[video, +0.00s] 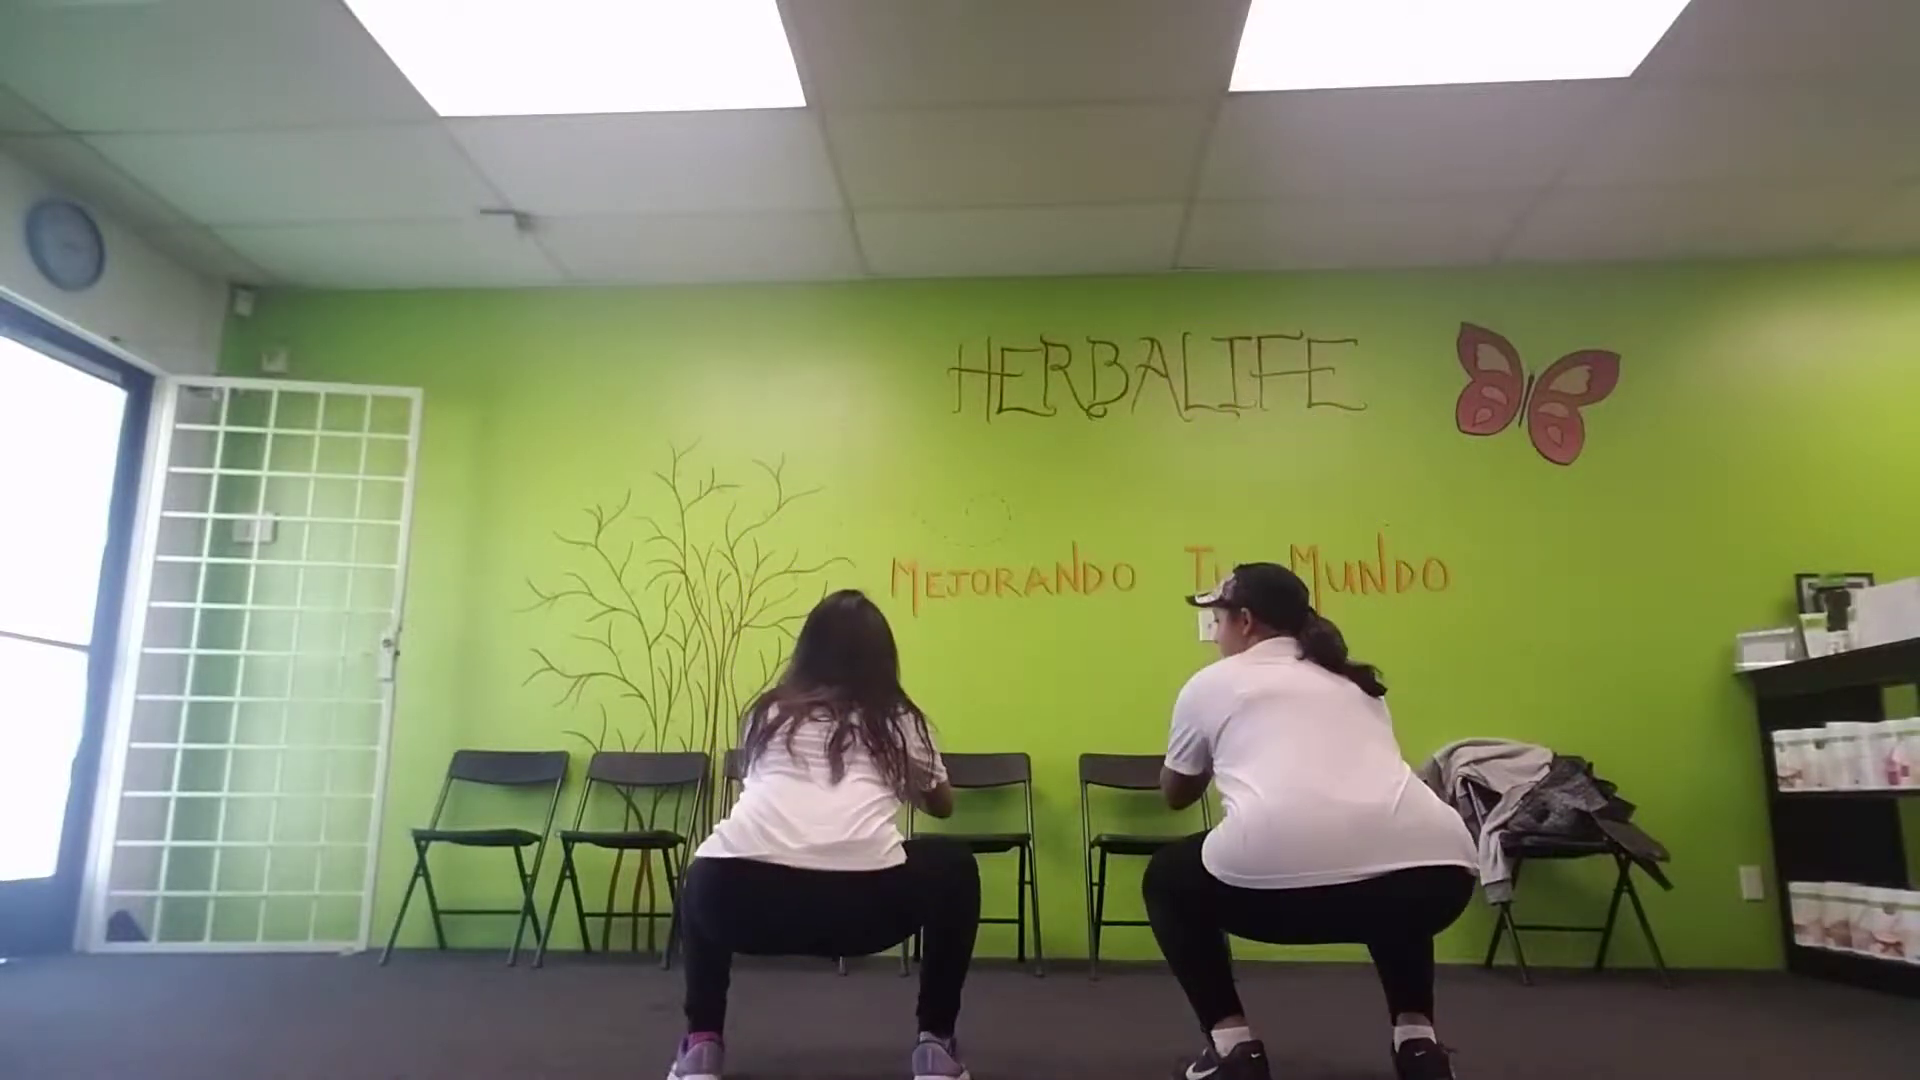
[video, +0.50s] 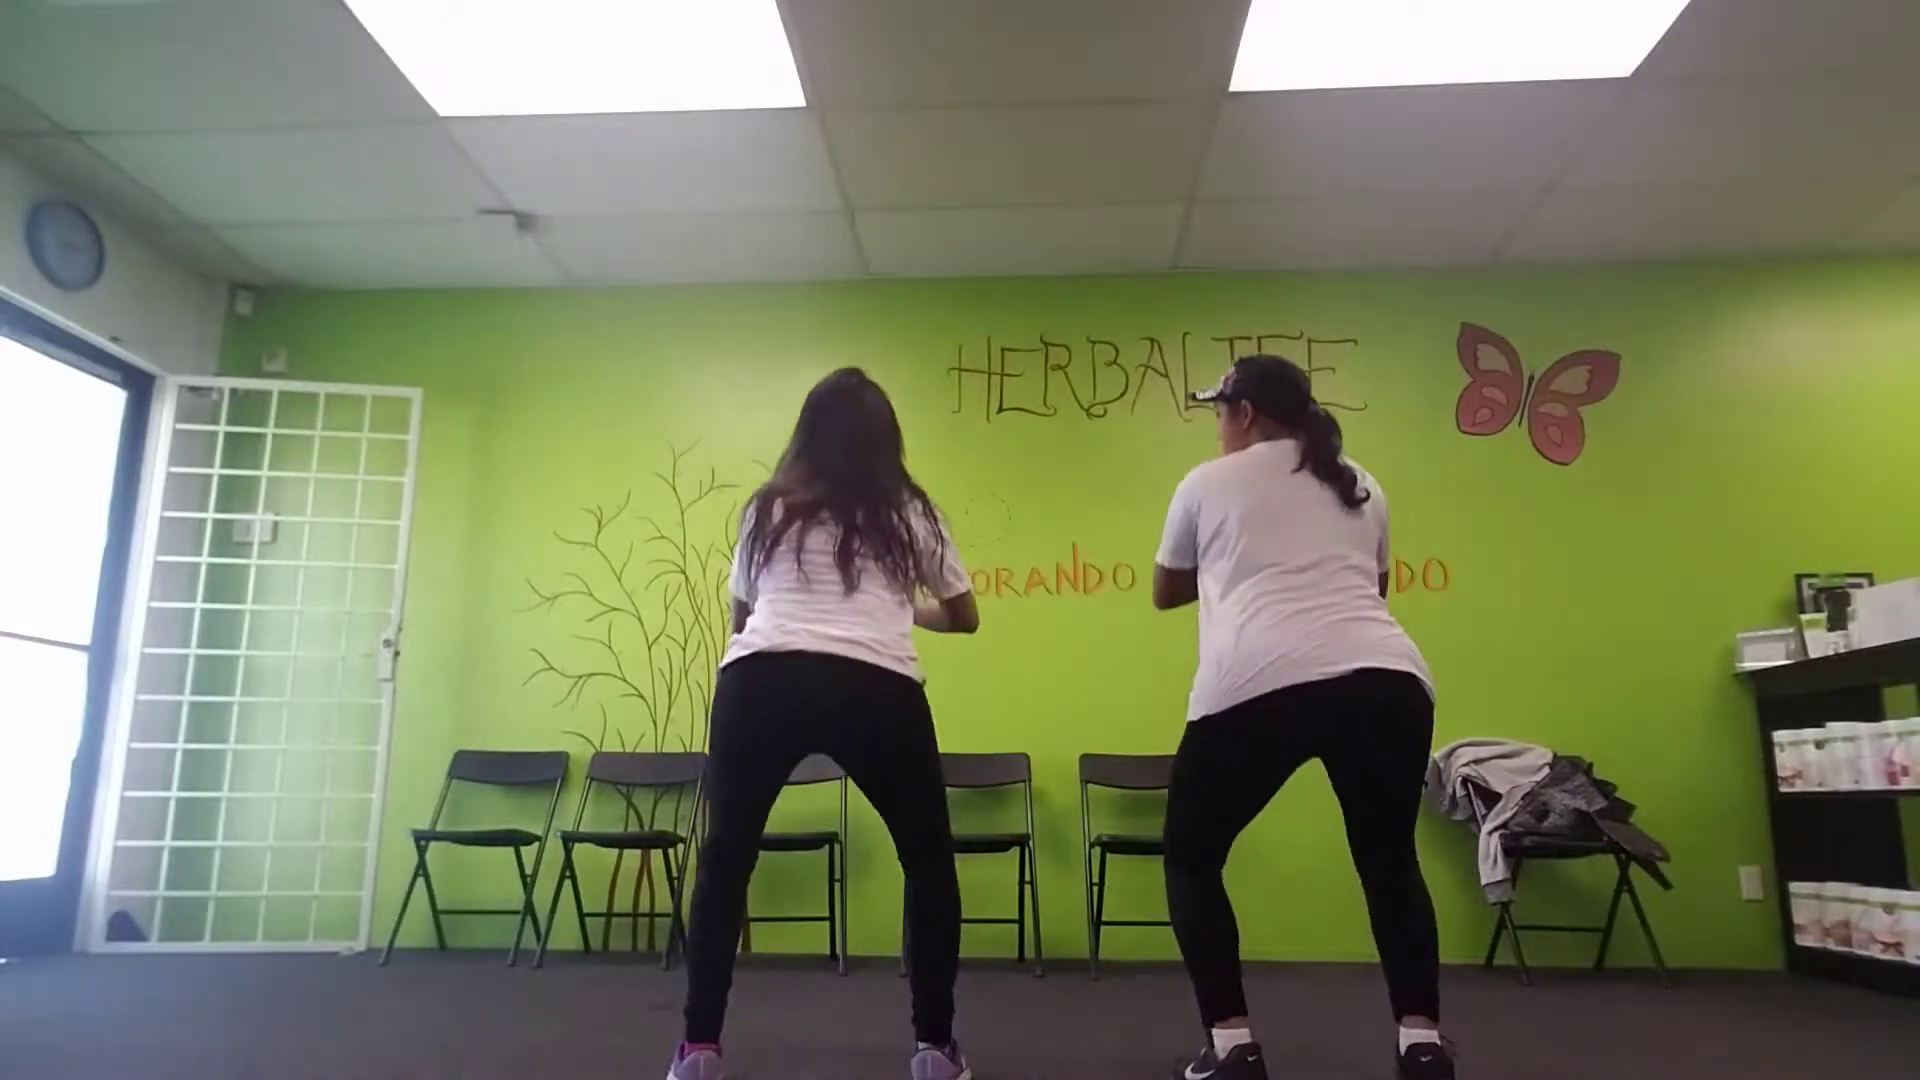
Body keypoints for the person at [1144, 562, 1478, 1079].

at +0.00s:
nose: (1212, 632)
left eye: (1218, 618)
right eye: (1213, 618)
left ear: (1246, 623)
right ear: (1298, 622)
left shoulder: (1208, 686)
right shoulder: (1355, 680)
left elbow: (1177, 793)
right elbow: (1382, 763)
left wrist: (1218, 731)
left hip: (1276, 891)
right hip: (1426, 884)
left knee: (1169, 877)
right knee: (1388, 869)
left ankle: (1233, 1046)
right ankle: (1416, 1038)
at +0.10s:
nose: (1212, 619)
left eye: (1219, 607)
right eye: (1214, 607)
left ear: (1245, 613)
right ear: (1297, 614)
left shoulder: (1206, 677)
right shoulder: (1353, 672)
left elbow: (1176, 784)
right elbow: (1377, 753)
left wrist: (1217, 720)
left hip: (1273, 876)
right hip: (1425, 868)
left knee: (1173, 878)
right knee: (1390, 881)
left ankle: (1234, 1045)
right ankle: (1417, 1039)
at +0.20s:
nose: (1213, 585)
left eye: (1218, 574)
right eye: (1214, 573)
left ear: (1242, 578)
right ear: (1297, 579)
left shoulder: (1205, 645)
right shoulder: (1350, 638)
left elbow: (1178, 750)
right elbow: (1375, 719)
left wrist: (1225, 670)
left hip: (1269, 833)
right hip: (1416, 825)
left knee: (1180, 879)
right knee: (1387, 877)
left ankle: (1233, 1044)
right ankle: (1419, 1038)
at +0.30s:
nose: (1212, 536)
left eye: (1217, 524)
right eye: (1212, 524)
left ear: (1243, 528)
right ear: (1295, 529)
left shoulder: (1204, 597)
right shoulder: (1348, 590)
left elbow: (1177, 699)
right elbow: (1368, 675)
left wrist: (1239, 638)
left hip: (1266, 780)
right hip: (1408, 771)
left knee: (1184, 876)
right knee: (1390, 868)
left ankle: (1233, 1043)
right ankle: (1420, 1038)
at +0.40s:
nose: (1215, 484)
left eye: (1218, 470)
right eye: (1216, 470)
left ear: (1242, 472)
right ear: (1297, 471)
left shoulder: (1206, 540)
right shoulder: (1354, 536)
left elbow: (1174, 646)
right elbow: (1363, 615)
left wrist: (1249, 598)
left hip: (1261, 735)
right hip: (1394, 725)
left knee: (1186, 869)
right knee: (1393, 870)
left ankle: (1231, 1044)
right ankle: (1420, 1038)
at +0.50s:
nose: (1218, 429)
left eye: (1222, 415)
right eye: (1219, 415)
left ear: (1246, 416)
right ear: (1298, 416)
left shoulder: (1206, 484)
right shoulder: (1361, 484)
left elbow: (1169, 591)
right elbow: (1378, 584)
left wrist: (1249, 559)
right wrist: (1300, 565)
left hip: (1256, 690)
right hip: (1383, 682)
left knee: (1192, 859)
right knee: (1390, 855)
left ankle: (1232, 1045)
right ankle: (1421, 1036)